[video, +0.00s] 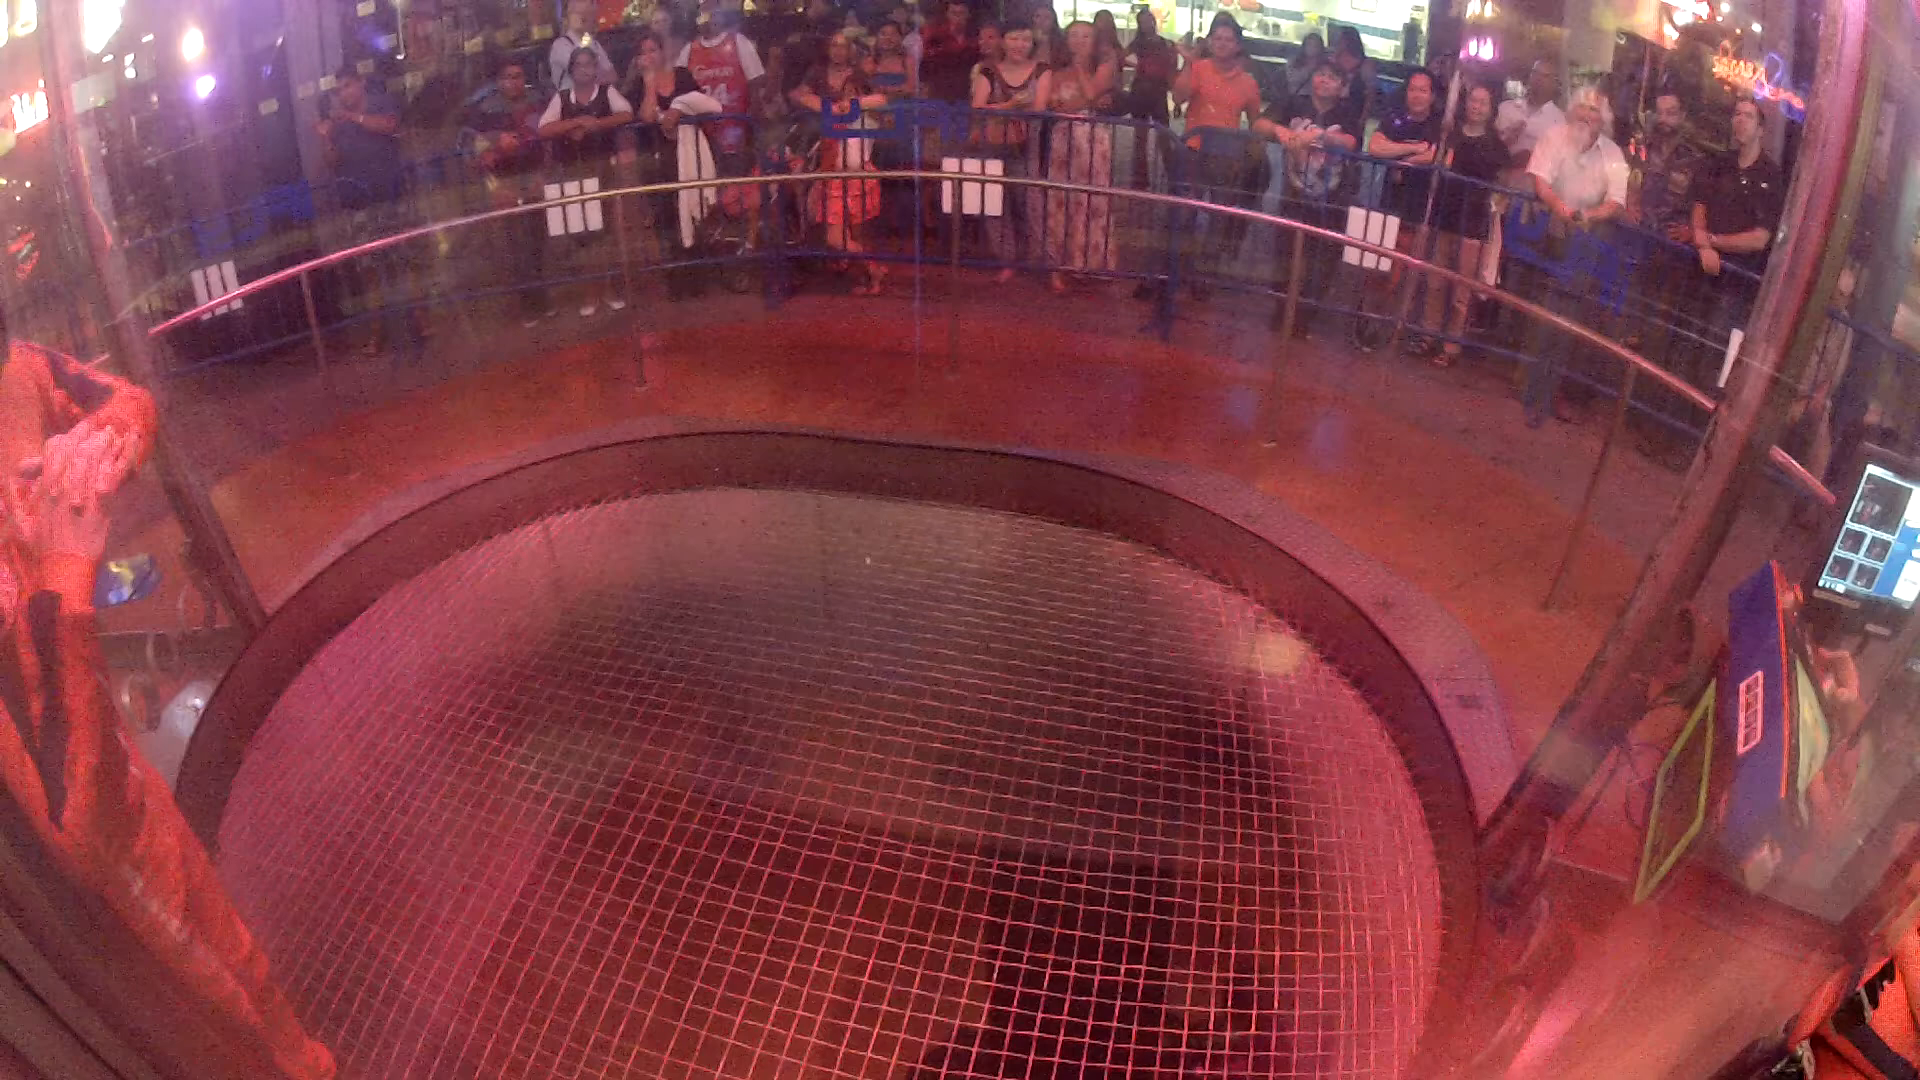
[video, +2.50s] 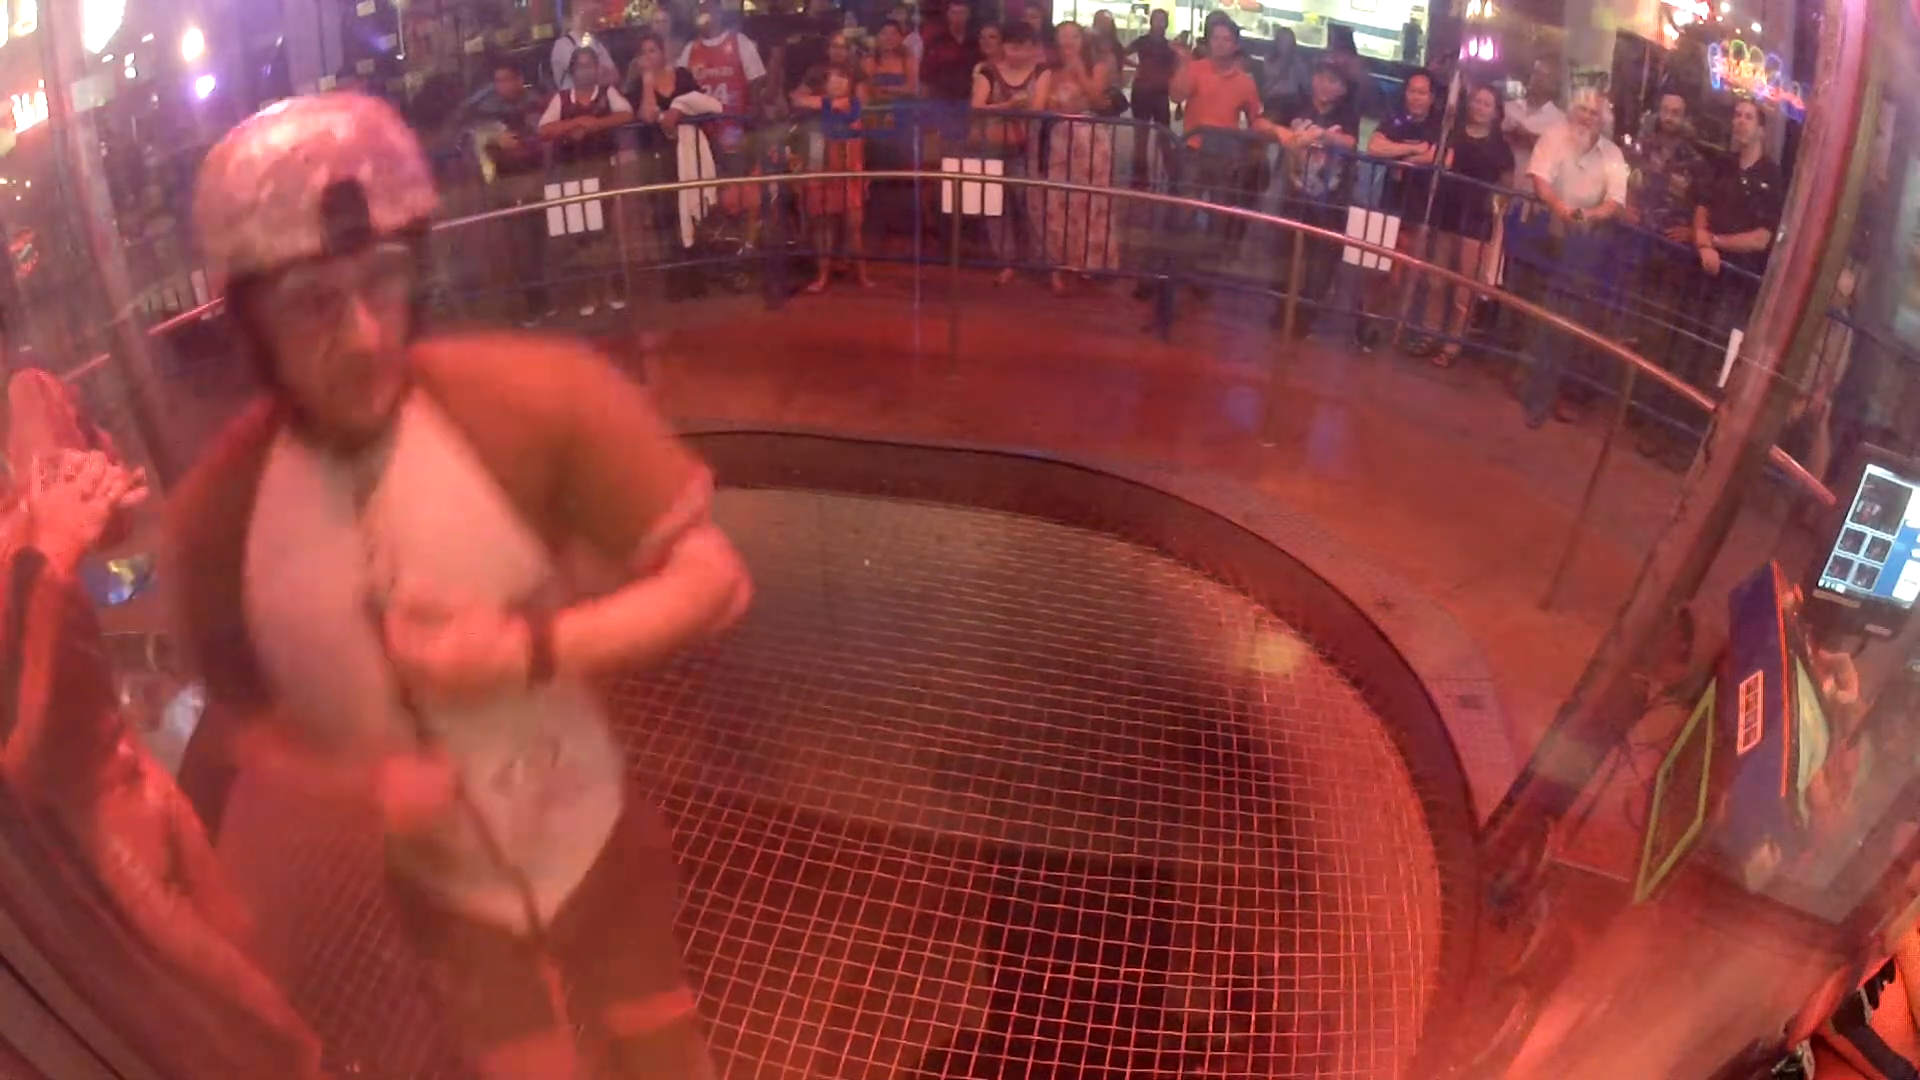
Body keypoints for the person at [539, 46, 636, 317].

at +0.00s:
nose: (583, 70)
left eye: (587, 65)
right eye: (578, 65)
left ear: (596, 68)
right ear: (570, 69)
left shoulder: (607, 92)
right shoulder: (562, 97)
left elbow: (627, 114)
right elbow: (544, 129)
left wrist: (593, 124)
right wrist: (576, 122)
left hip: (604, 170)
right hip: (573, 174)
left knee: (607, 234)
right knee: (582, 239)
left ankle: (612, 291)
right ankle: (590, 295)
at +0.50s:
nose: (583, 70)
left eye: (587, 65)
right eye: (578, 65)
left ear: (596, 68)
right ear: (570, 70)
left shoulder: (607, 91)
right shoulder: (562, 97)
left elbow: (626, 114)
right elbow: (543, 130)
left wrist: (592, 124)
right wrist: (576, 122)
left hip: (604, 169)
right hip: (572, 173)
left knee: (606, 233)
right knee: (581, 237)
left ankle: (611, 290)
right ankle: (589, 295)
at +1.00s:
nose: (583, 70)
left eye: (588, 65)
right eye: (578, 66)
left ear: (597, 68)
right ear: (571, 70)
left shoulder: (607, 92)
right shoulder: (562, 97)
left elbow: (626, 114)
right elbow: (544, 130)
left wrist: (592, 124)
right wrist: (576, 122)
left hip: (604, 169)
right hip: (572, 173)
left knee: (607, 233)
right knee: (581, 237)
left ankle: (613, 290)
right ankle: (590, 294)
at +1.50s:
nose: (584, 71)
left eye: (588, 66)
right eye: (579, 66)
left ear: (597, 69)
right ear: (571, 71)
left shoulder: (608, 92)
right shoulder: (562, 97)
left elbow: (626, 115)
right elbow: (544, 129)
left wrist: (593, 124)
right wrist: (574, 124)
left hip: (605, 170)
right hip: (571, 175)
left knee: (608, 233)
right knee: (579, 238)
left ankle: (615, 291)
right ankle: (587, 295)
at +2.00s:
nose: (584, 70)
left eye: (589, 65)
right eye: (579, 66)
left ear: (597, 69)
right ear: (571, 70)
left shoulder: (608, 92)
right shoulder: (561, 98)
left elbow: (626, 115)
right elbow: (543, 130)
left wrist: (592, 124)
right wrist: (574, 125)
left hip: (604, 170)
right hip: (570, 175)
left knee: (607, 233)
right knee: (579, 238)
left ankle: (614, 290)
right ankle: (588, 294)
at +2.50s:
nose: (583, 70)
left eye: (588, 65)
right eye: (578, 66)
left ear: (597, 69)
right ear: (571, 70)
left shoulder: (608, 92)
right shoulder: (561, 97)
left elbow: (626, 115)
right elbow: (544, 129)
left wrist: (592, 124)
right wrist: (575, 125)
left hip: (604, 170)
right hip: (570, 174)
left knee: (606, 233)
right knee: (580, 237)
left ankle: (614, 291)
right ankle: (589, 295)